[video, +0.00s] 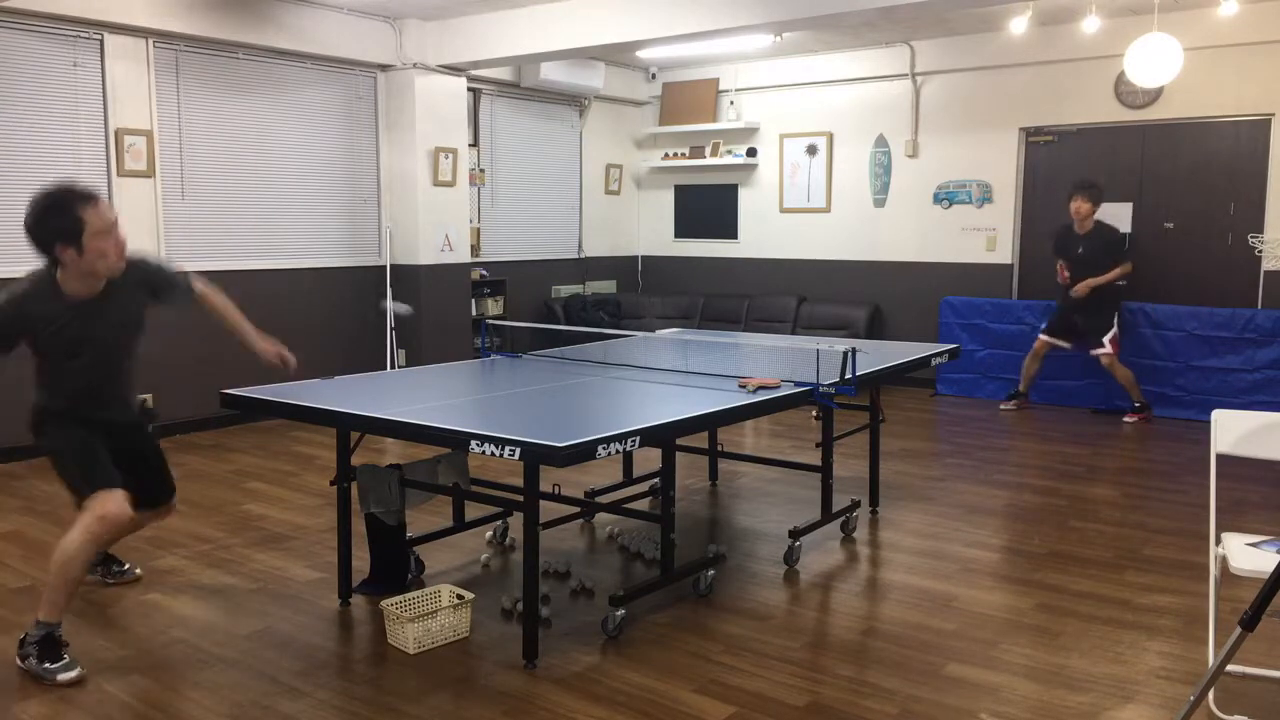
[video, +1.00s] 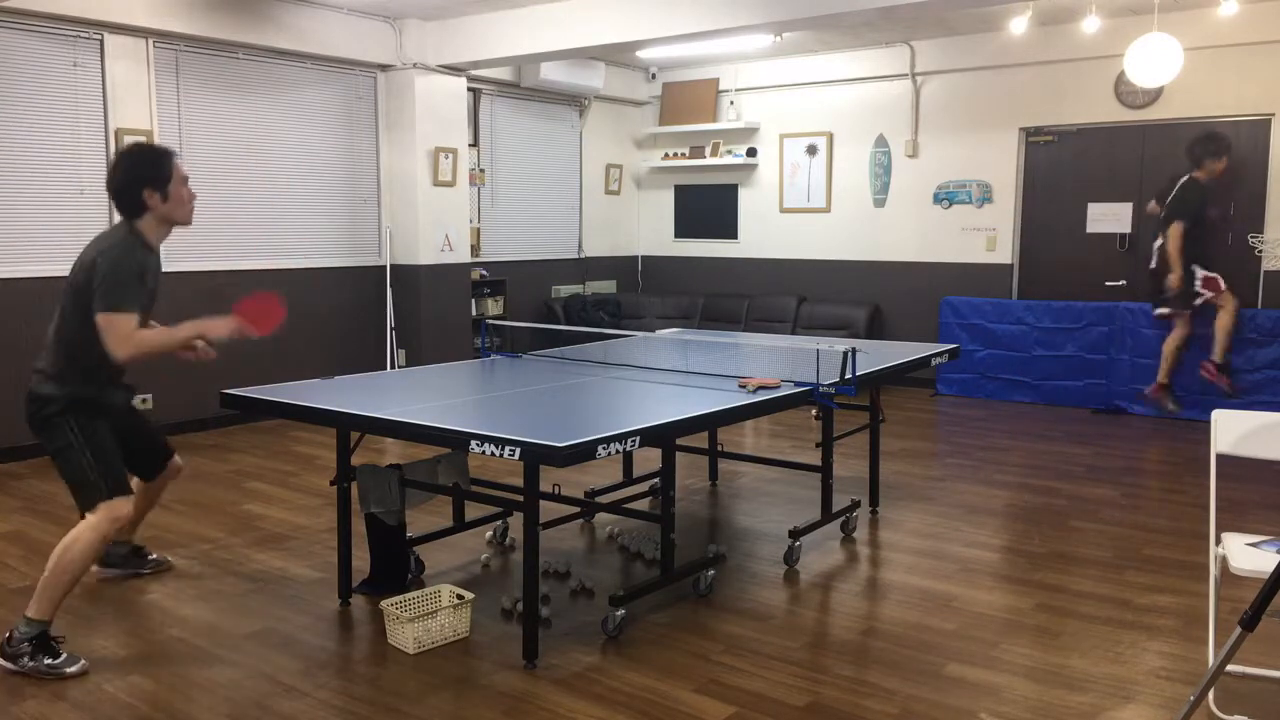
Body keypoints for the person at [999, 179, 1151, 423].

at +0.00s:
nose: (1076, 207)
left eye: (1083, 202)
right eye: (1074, 201)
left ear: (1094, 208)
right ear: (1069, 205)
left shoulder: (1109, 235)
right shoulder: (1064, 234)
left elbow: (1126, 267)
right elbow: (1060, 262)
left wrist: (1090, 283)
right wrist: (1063, 274)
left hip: (1101, 304)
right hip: (1070, 303)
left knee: (1108, 360)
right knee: (1039, 347)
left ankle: (1140, 404)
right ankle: (1021, 394)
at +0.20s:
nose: (1073, 211)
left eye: (1080, 206)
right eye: (1070, 205)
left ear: (1091, 211)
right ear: (1065, 208)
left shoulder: (1105, 234)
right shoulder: (1055, 235)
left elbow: (1119, 261)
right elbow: (1041, 262)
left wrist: (1099, 280)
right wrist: (1051, 277)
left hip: (1095, 299)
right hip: (1061, 298)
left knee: (1116, 351)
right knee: (1033, 347)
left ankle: (1138, 403)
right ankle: (1020, 393)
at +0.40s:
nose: (1106, 218)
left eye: (1111, 212)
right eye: (1102, 212)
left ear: (1117, 215)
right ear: (1092, 212)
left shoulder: (1122, 240)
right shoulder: (1077, 240)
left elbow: (1126, 277)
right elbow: (1065, 279)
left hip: (1105, 306)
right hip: (1070, 306)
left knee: (1134, 347)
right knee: (1040, 352)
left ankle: (1140, 404)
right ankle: (1018, 393)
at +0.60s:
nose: (1164, 232)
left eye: (1167, 228)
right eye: (1164, 227)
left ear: (1154, 222)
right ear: (1157, 223)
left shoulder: (1150, 244)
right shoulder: (1136, 245)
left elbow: (1155, 279)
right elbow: (1154, 281)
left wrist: (1182, 287)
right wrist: (1188, 271)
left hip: (1133, 313)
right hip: (1109, 313)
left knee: (1167, 351)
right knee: (1084, 364)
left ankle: (1147, 407)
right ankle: (1028, 387)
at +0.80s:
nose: (1203, 214)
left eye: (1205, 208)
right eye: (1203, 208)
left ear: (1187, 204)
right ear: (1191, 204)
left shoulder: (1171, 226)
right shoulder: (1168, 230)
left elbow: (1142, 236)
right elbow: (1149, 273)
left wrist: (1183, 254)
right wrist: (1140, 310)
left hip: (1165, 298)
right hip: (1154, 300)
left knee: (1175, 348)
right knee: (1195, 331)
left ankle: (1148, 404)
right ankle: (1137, 360)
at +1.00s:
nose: (1225, 164)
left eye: (1225, 159)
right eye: (1221, 159)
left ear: (1199, 159)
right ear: (1208, 160)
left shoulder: (1181, 182)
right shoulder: (1194, 188)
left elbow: (1153, 207)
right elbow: (1174, 230)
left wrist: (1183, 218)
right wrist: (1175, 270)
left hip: (1167, 266)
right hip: (1183, 265)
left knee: (1181, 326)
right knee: (1228, 303)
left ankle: (1160, 385)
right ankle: (1217, 362)